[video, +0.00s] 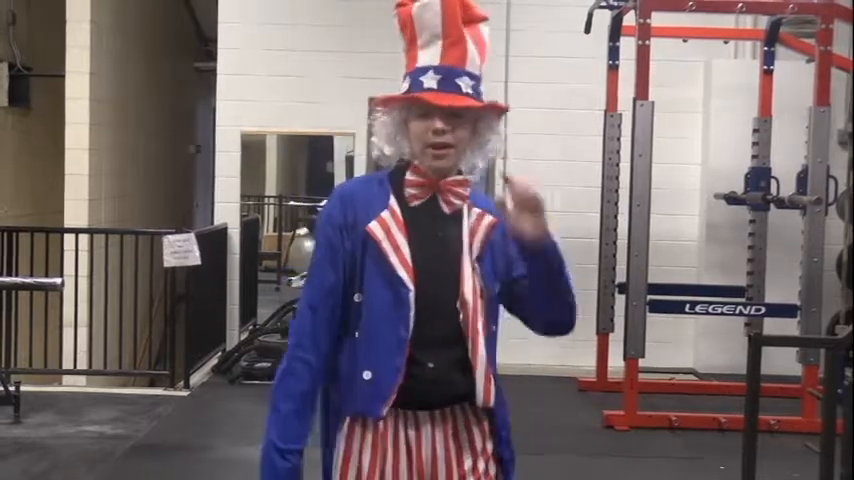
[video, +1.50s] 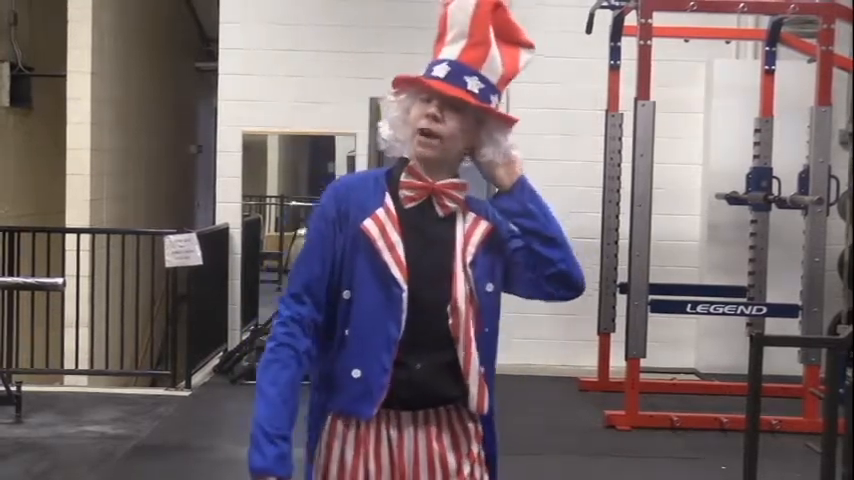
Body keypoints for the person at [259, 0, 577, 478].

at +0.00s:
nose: (440, 129)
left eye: (455, 117)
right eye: (426, 115)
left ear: (475, 129)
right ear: (404, 124)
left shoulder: (489, 216)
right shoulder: (354, 205)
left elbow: (555, 321)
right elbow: (312, 336)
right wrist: (280, 459)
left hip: (467, 429)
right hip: (375, 431)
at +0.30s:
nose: (424, 126)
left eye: (444, 115)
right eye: (415, 110)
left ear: (472, 133)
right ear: (398, 116)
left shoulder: (485, 215)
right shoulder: (350, 198)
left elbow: (566, 277)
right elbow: (304, 321)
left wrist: (503, 185)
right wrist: (295, 456)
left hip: (449, 429)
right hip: (359, 430)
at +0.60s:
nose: (391, 120)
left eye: (411, 112)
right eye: (386, 106)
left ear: (445, 132)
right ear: (372, 114)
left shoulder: (463, 216)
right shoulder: (326, 199)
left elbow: (547, 256)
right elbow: (278, 315)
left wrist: (476, 174)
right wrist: (289, 443)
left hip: (429, 429)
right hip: (340, 429)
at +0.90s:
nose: (391, 116)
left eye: (411, 108)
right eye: (383, 102)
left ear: (440, 131)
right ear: (366, 114)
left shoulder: (458, 213)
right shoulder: (322, 202)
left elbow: (540, 256)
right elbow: (279, 329)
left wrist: (471, 173)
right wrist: (276, 464)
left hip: (432, 429)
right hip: (340, 434)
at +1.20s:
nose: (434, 115)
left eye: (454, 108)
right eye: (427, 100)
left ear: (481, 132)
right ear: (408, 109)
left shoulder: (494, 217)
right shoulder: (356, 200)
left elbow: (575, 262)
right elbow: (308, 325)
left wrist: (508, 171)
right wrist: (293, 461)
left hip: (462, 435)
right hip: (366, 437)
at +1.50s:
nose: (431, 112)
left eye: (452, 107)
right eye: (426, 99)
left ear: (478, 135)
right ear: (407, 111)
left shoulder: (485, 222)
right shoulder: (350, 199)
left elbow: (564, 282)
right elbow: (298, 320)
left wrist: (510, 181)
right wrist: (269, 455)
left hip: (452, 435)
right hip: (360, 434)